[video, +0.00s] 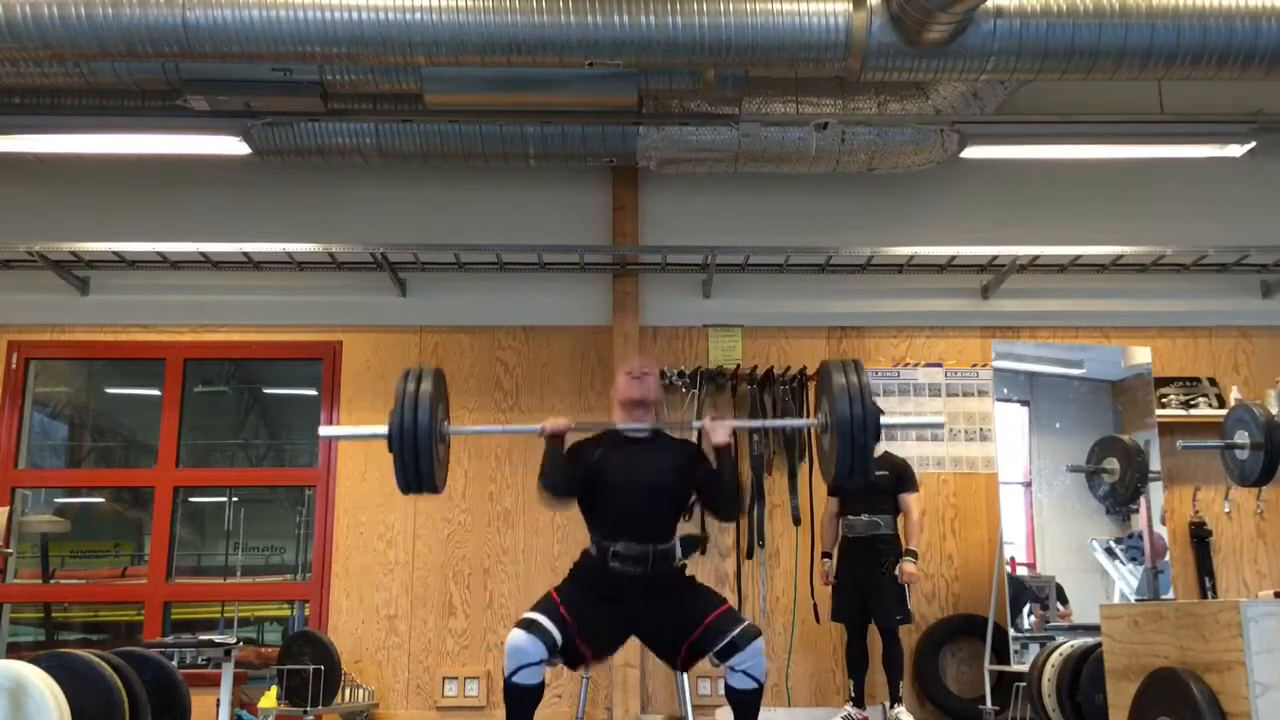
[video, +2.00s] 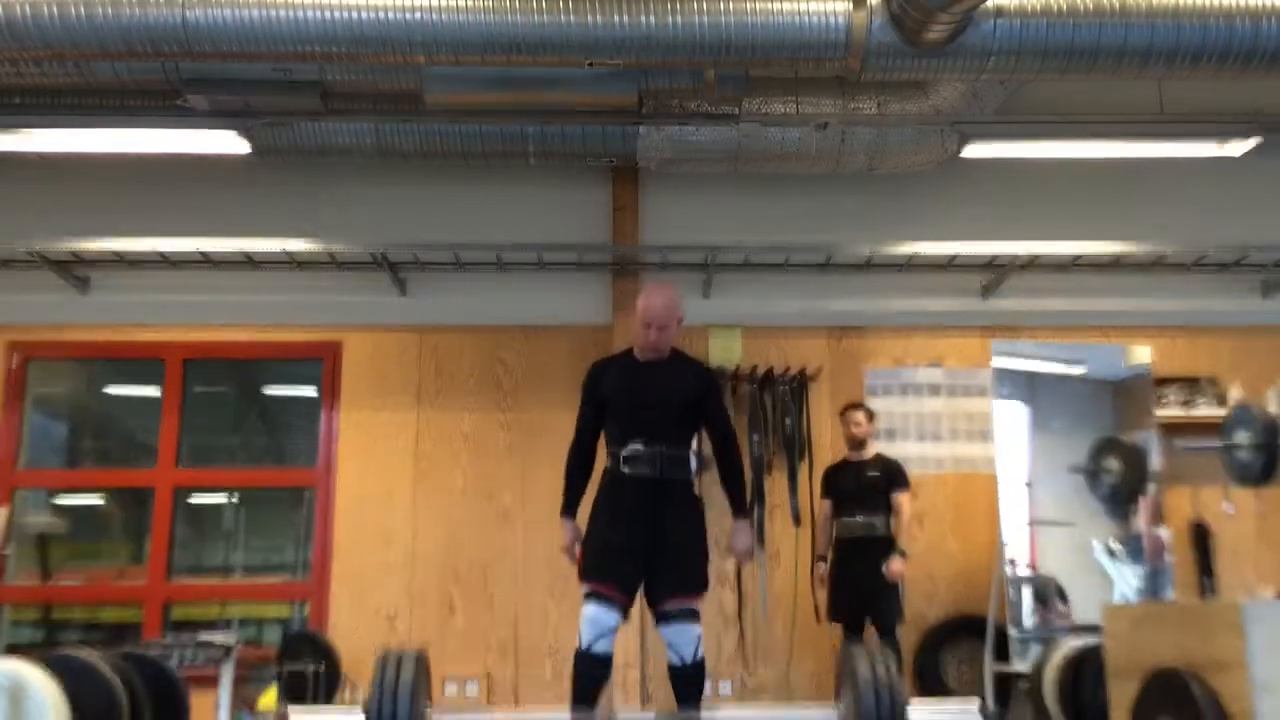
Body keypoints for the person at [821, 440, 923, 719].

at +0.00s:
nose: (857, 432)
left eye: (862, 425)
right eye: (853, 426)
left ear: (873, 428)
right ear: (847, 430)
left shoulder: (897, 468)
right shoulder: (843, 468)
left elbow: (912, 513)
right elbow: (831, 515)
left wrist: (910, 556)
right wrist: (826, 556)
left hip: (885, 562)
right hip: (850, 561)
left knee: (889, 633)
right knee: (854, 634)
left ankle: (896, 705)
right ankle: (856, 705)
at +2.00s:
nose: (853, 430)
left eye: (859, 424)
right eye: (849, 425)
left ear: (871, 427)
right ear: (843, 429)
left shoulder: (889, 469)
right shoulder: (833, 473)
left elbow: (903, 511)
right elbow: (825, 519)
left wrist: (900, 552)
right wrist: (821, 558)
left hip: (880, 556)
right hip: (846, 557)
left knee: (886, 630)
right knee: (851, 631)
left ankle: (893, 697)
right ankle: (853, 698)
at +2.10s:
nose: (853, 427)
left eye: (858, 419)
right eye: (848, 420)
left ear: (870, 424)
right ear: (842, 426)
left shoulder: (890, 471)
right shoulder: (833, 475)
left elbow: (900, 514)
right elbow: (823, 522)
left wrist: (898, 553)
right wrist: (819, 563)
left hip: (879, 562)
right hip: (844, 563)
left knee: (881, 630)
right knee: (849, 631)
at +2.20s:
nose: (853, 423)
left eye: (858, 418)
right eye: (848, 418)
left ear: (869, 420)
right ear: (841, 421)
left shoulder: (888, 463)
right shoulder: (833, 466)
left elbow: (901, 507)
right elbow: (822, 513)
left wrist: (897, 545)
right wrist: (818, 555)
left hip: (877, 553)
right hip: (842, 554)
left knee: (884, 623)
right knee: (850, 623)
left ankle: (895, 692)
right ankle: (855, 695)